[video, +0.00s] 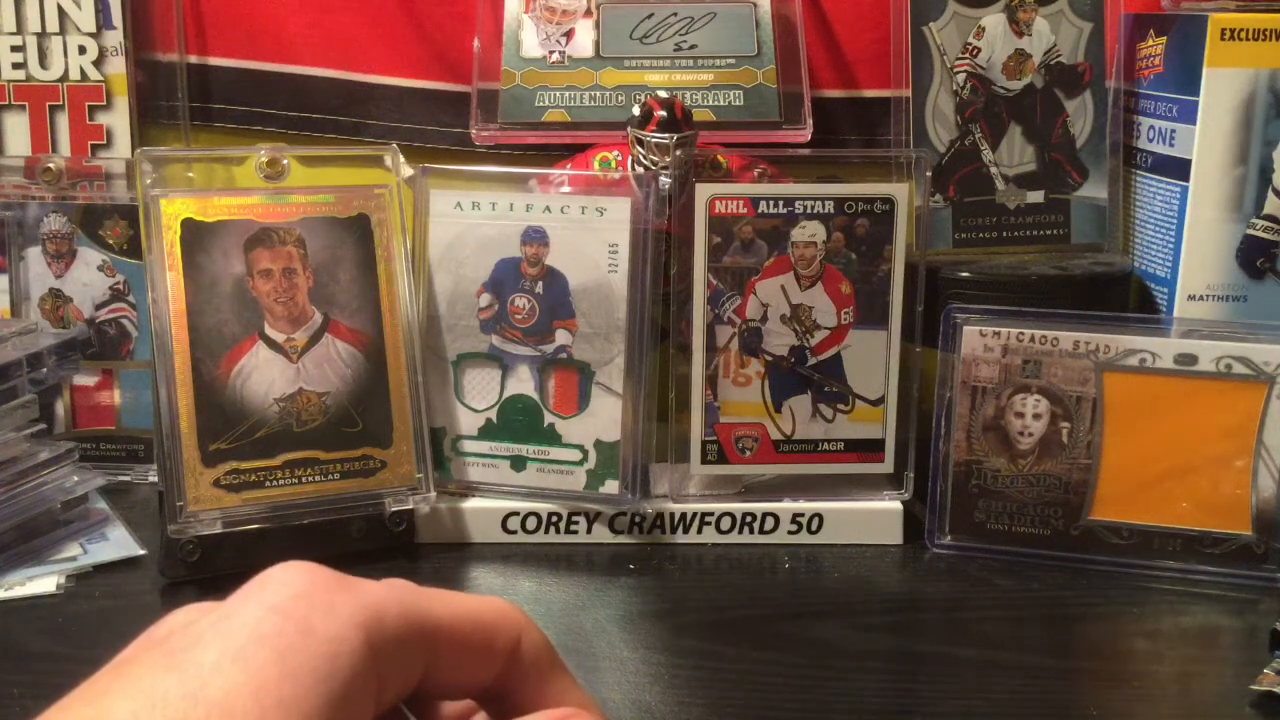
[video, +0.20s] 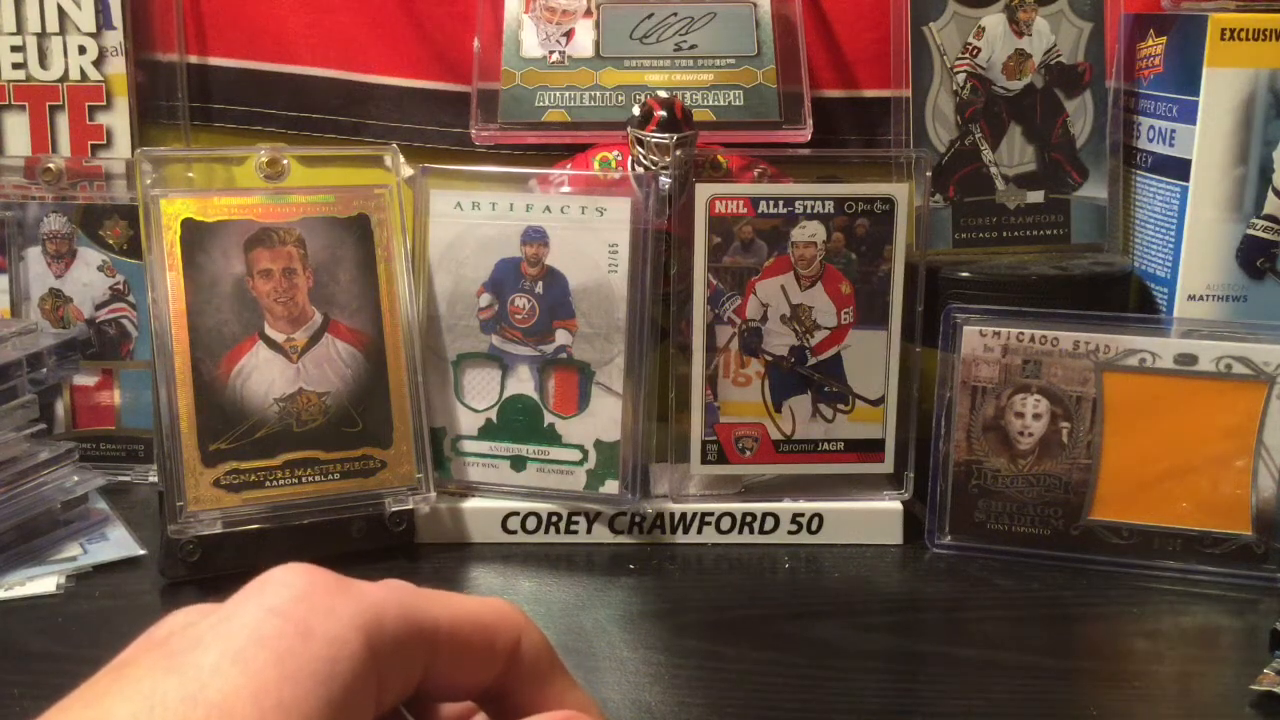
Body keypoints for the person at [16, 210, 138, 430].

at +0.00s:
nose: (57, 247)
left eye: (63, 241)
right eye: (51, 241)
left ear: (72, 240)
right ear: (43, 242)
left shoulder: (96, 264)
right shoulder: (28, 261)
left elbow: (121, 306)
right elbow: (14, 309)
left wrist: (107, 335)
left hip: (88, 369)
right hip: (40, 366)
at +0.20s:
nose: (57, 247)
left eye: (62, 240)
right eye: (51, 241)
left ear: (72, 240)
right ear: (43, 243)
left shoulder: (96, 264)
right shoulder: (28, 260)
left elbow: (120, 302)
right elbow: (16, 308)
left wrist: (109, 333)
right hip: (41, 362)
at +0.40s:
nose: (57, 247)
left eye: (62, 240)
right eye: (51, 241)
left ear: (72, 240)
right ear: (43, 243)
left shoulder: (96, 264)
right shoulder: (28, 260)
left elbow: (120, 302)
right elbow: (15, 307)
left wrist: (109, 333)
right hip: (40, 361)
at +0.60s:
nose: (56, 246)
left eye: (62, 240)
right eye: (51, 241)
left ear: (72, 240)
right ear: (43, 242)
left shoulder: (96, 264)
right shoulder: (28, 260)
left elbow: (121, 304)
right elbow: (15, 308)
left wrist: (106, 334)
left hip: (88, 366)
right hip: (40, 362)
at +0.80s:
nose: (57, 246)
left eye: (62, 240)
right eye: (51, 241)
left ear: (72, 240)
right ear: (43, 242)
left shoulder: (96, 264)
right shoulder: (27, 261)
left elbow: (121, 305)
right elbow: (16, 309)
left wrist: (106, 334)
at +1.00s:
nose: (56, 246)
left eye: (62, 240)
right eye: (51, 241)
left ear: (72, 240)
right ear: (43, 242)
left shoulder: (96, 264)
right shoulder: (27, 261)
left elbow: (121, 307)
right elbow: (15, 308)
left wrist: (105, 335)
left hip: (88, 366)